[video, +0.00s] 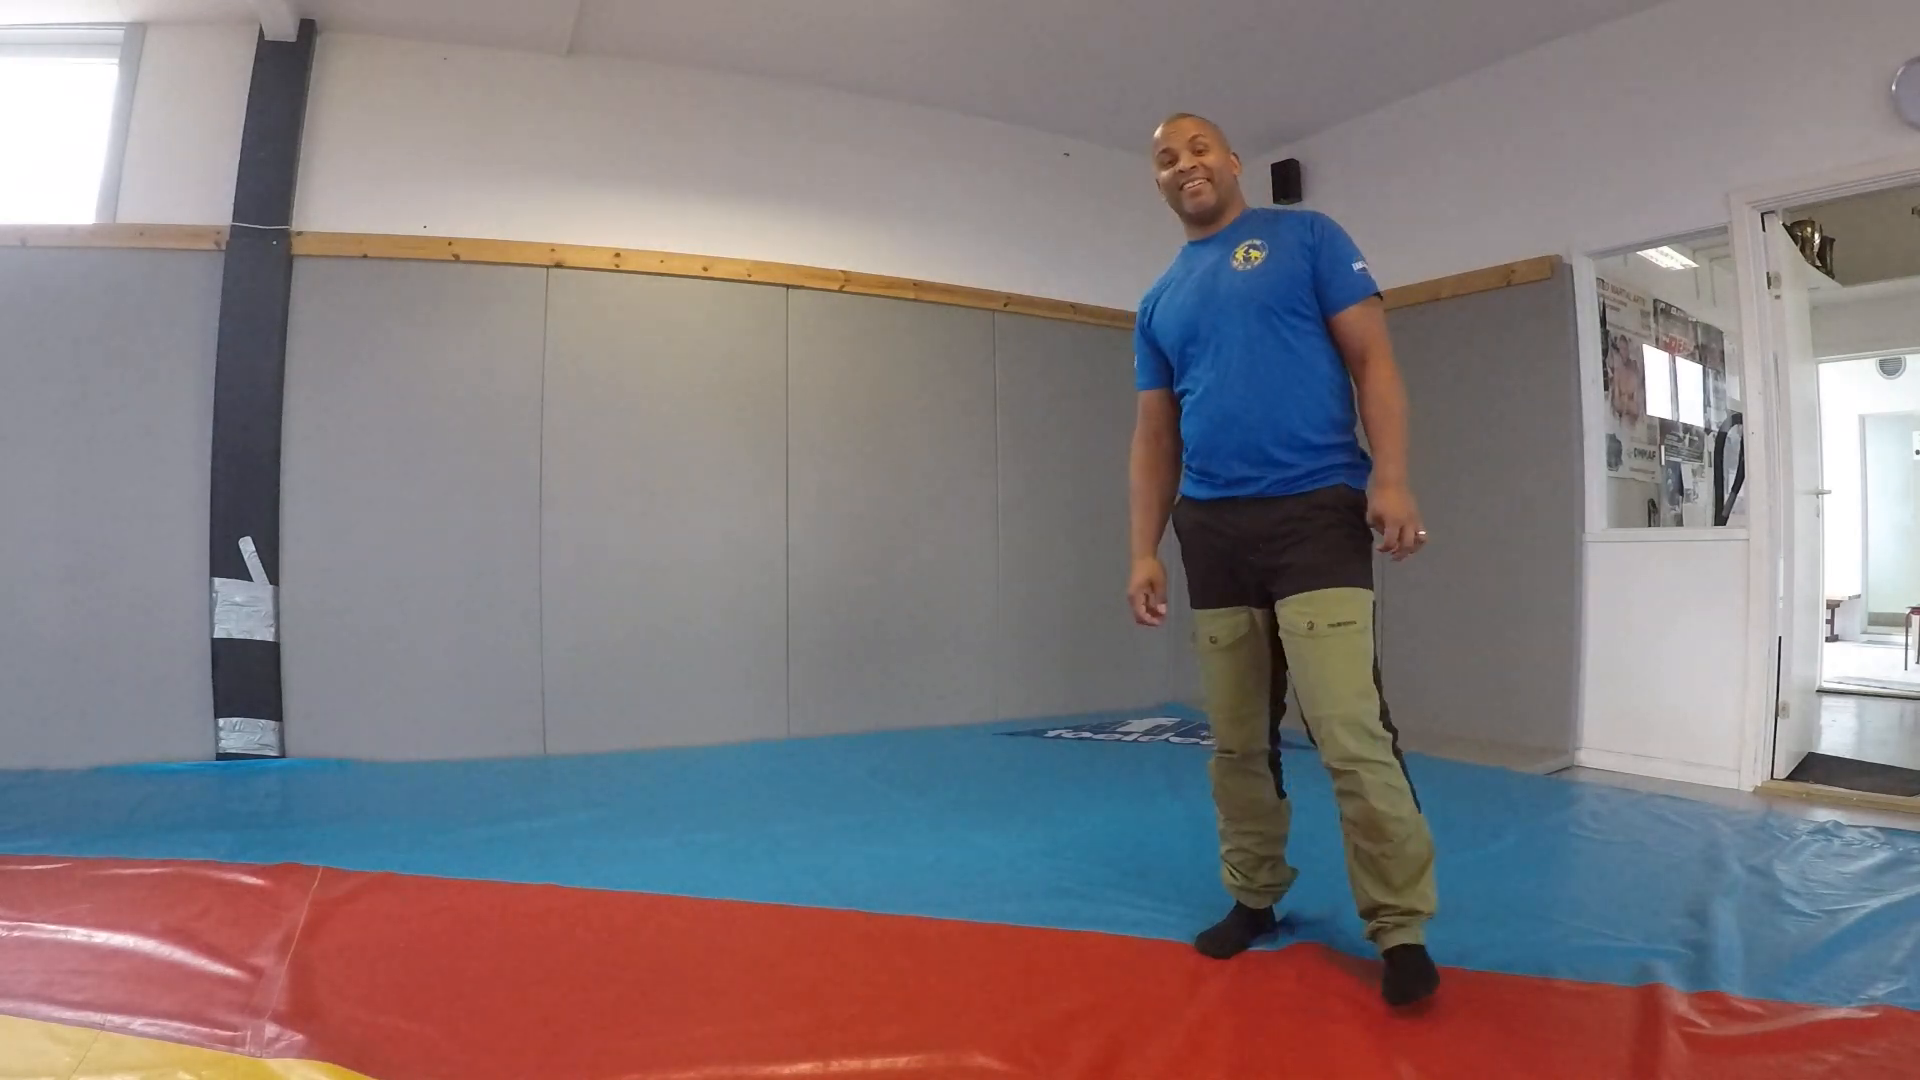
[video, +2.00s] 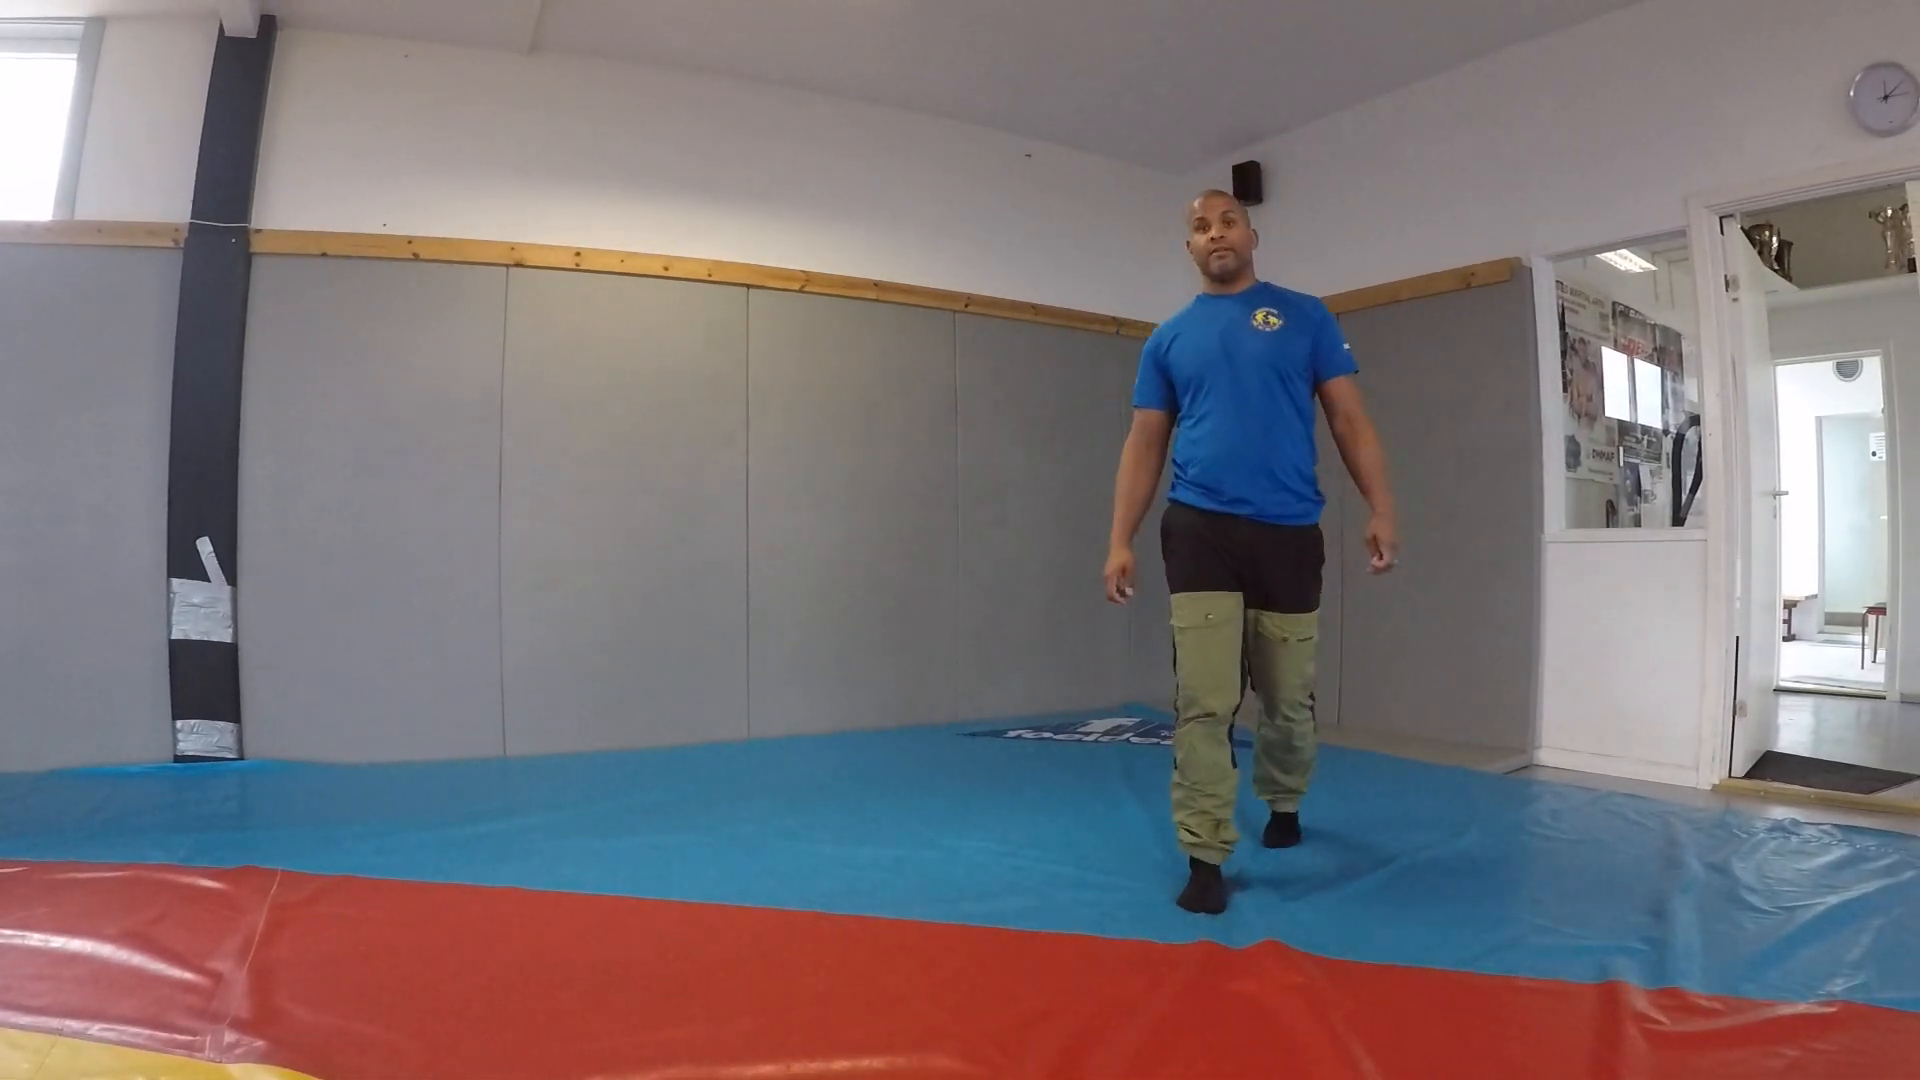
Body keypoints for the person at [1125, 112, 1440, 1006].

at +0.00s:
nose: (1184, 167)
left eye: (1198, 151)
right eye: (1167, 163)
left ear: (1238, 165)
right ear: (1160, 192)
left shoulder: (1307, 236)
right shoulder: (1159, 302)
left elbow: (1373, 359)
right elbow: (1154, 435)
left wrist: (1391, 479)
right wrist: (1143, 550)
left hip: (1316, 514)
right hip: (1210, 527)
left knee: (1348, 731)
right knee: (1237, 734)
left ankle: (1401, 928)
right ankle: (1256, 894)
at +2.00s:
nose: (1217, 235)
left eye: (1228, 222)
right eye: (1203, 228)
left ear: (1253, 236)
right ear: (1189, 250)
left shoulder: (1305, 317)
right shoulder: (1168, 339)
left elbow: (1348, 416)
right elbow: (1145, 445)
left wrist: (1380, 507)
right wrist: (1120, 541)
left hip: (1288, 530)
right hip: (1200, 529)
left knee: (1288, 696)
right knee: (1205, 699)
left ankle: (1284, 799)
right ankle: (1204, 856)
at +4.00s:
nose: (1119, 311)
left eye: (1129, 300)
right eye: (1114, 305)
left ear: (1161, 304)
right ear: (1115, 318)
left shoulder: (1191, 354)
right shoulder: (1120, 386)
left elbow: (1222, 428)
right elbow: (1116, 465)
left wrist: (1147, 448)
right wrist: (1098, 531)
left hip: (1184, 522)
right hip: (1133, 529)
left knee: (1182, 650)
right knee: (1146, 661)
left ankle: (1248, 778)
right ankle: (1167, 773)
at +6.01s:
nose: (1111, 370)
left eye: (1118, 358)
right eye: (1106, 367)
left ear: (1152, 353)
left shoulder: (1169, 383)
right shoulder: (1171, 401)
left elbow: (1129, 407)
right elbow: (1204, 472)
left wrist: (1068, 386)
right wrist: (1153, 496)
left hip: (1228, 548)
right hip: (1247, 545)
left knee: (1163, 669)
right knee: (1218, 663)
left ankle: (1154, 816)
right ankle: (1263, 755)